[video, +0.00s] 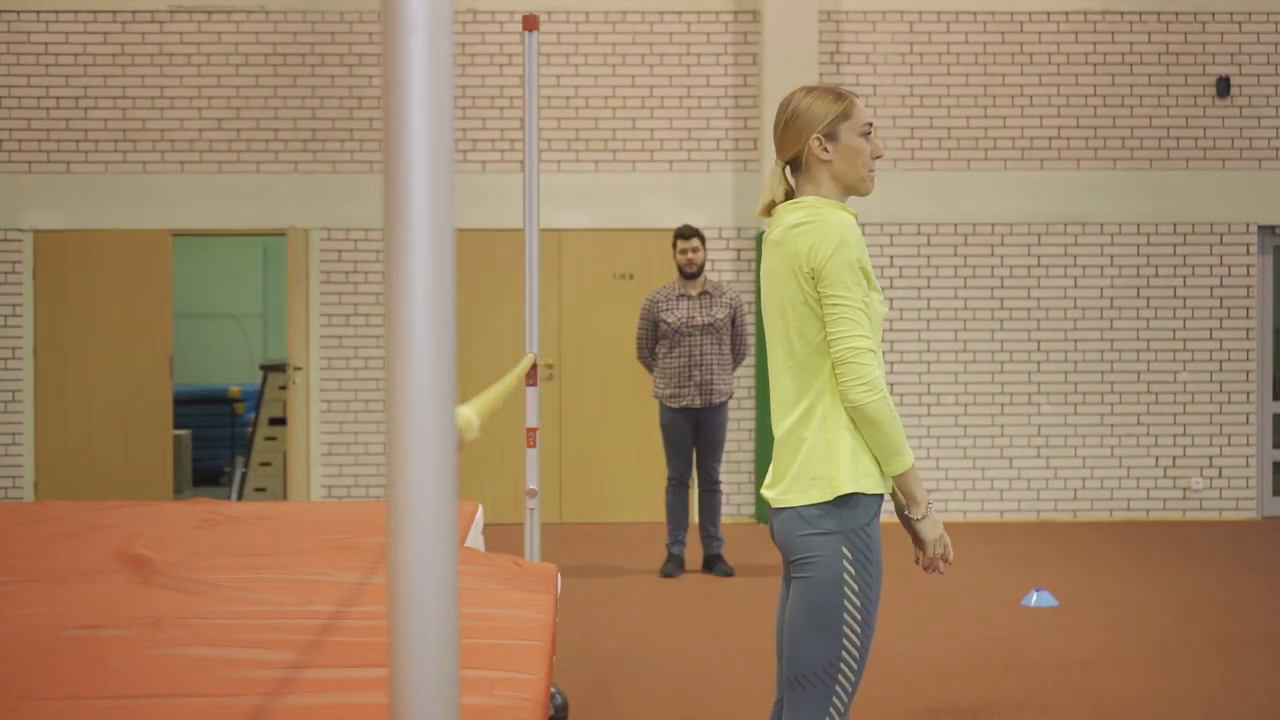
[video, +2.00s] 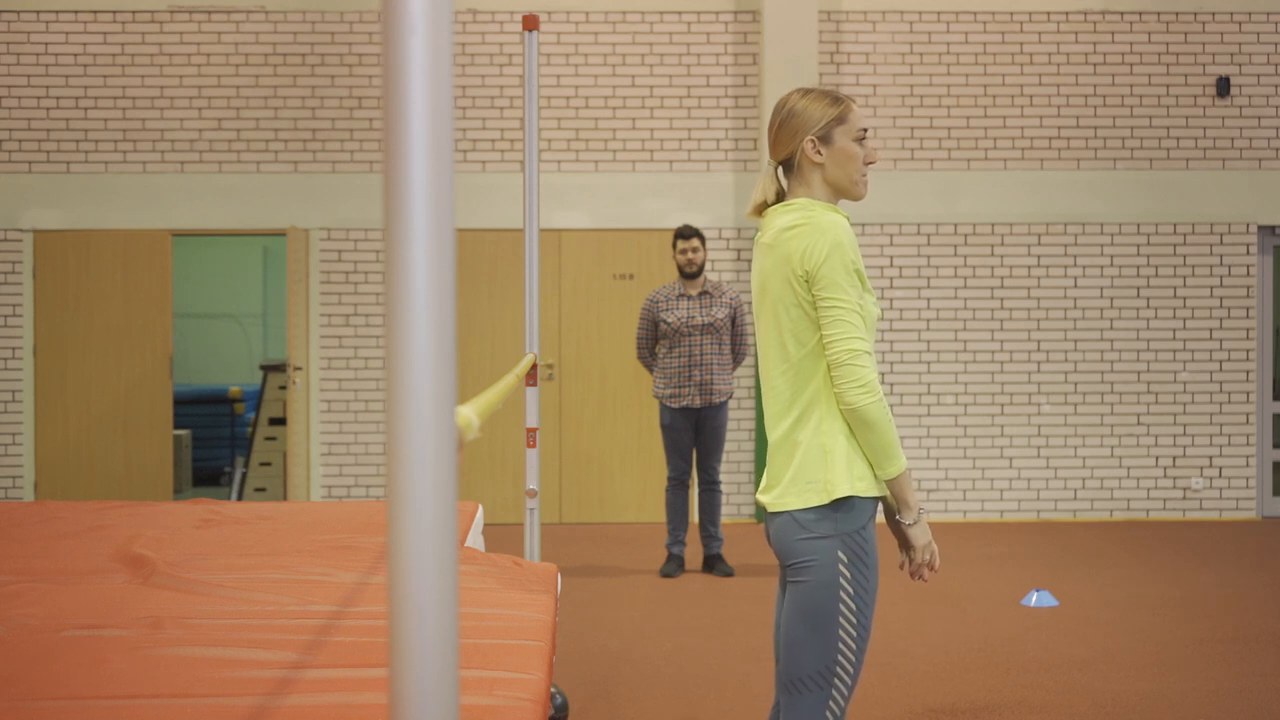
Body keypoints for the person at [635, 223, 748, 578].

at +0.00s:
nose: (689, 257)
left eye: (695, 250)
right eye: (683, 251)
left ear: (705, 253)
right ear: (674, 256)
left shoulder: (728, 297)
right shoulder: (659, 299)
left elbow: (740, 348)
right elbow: (644, 350)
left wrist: (717, 372)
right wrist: (671, 375)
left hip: (715, 402)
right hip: (674, 402)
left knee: (710, 479)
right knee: (678, 477)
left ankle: (713, 552)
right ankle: (675, 553)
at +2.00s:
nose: (689, 256)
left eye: (695, 250)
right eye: (682, 251)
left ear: (705, 253)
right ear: (674, 256)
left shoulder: (728, 296)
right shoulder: (658, 300)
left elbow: (741, 347)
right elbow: (644, 350)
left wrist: (718, 372)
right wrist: (669, 376)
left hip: (715, 401)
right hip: (674, 402)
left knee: (710, 478)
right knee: (678, 477)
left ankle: (713, 553)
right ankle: (675, 553)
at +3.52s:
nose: (689, 256)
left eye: (695, 250)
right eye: (682, 251)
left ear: (705, 254)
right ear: (674, 256)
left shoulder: (728, 297)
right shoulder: (659, 300)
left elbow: (739, 348)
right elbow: (644, 350)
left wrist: (717, 372)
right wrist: (669, 376)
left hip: (715, 402)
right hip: (675, 402)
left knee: (710, 478)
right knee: (678, 477)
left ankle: (713, 552)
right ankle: (675, 553)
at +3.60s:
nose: (689, 256)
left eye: (695, 250)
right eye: (682, 251)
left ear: (705, 254)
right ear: (674, 256)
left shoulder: (727, 297)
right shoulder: (659, 300)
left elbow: (738, 348)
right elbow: (644, 350)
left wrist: (718, 372)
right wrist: (668, 376)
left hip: (715, 402)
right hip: (675, 403)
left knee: (710, 478)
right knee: (678, 477)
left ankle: (713, 552)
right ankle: (675, 552)